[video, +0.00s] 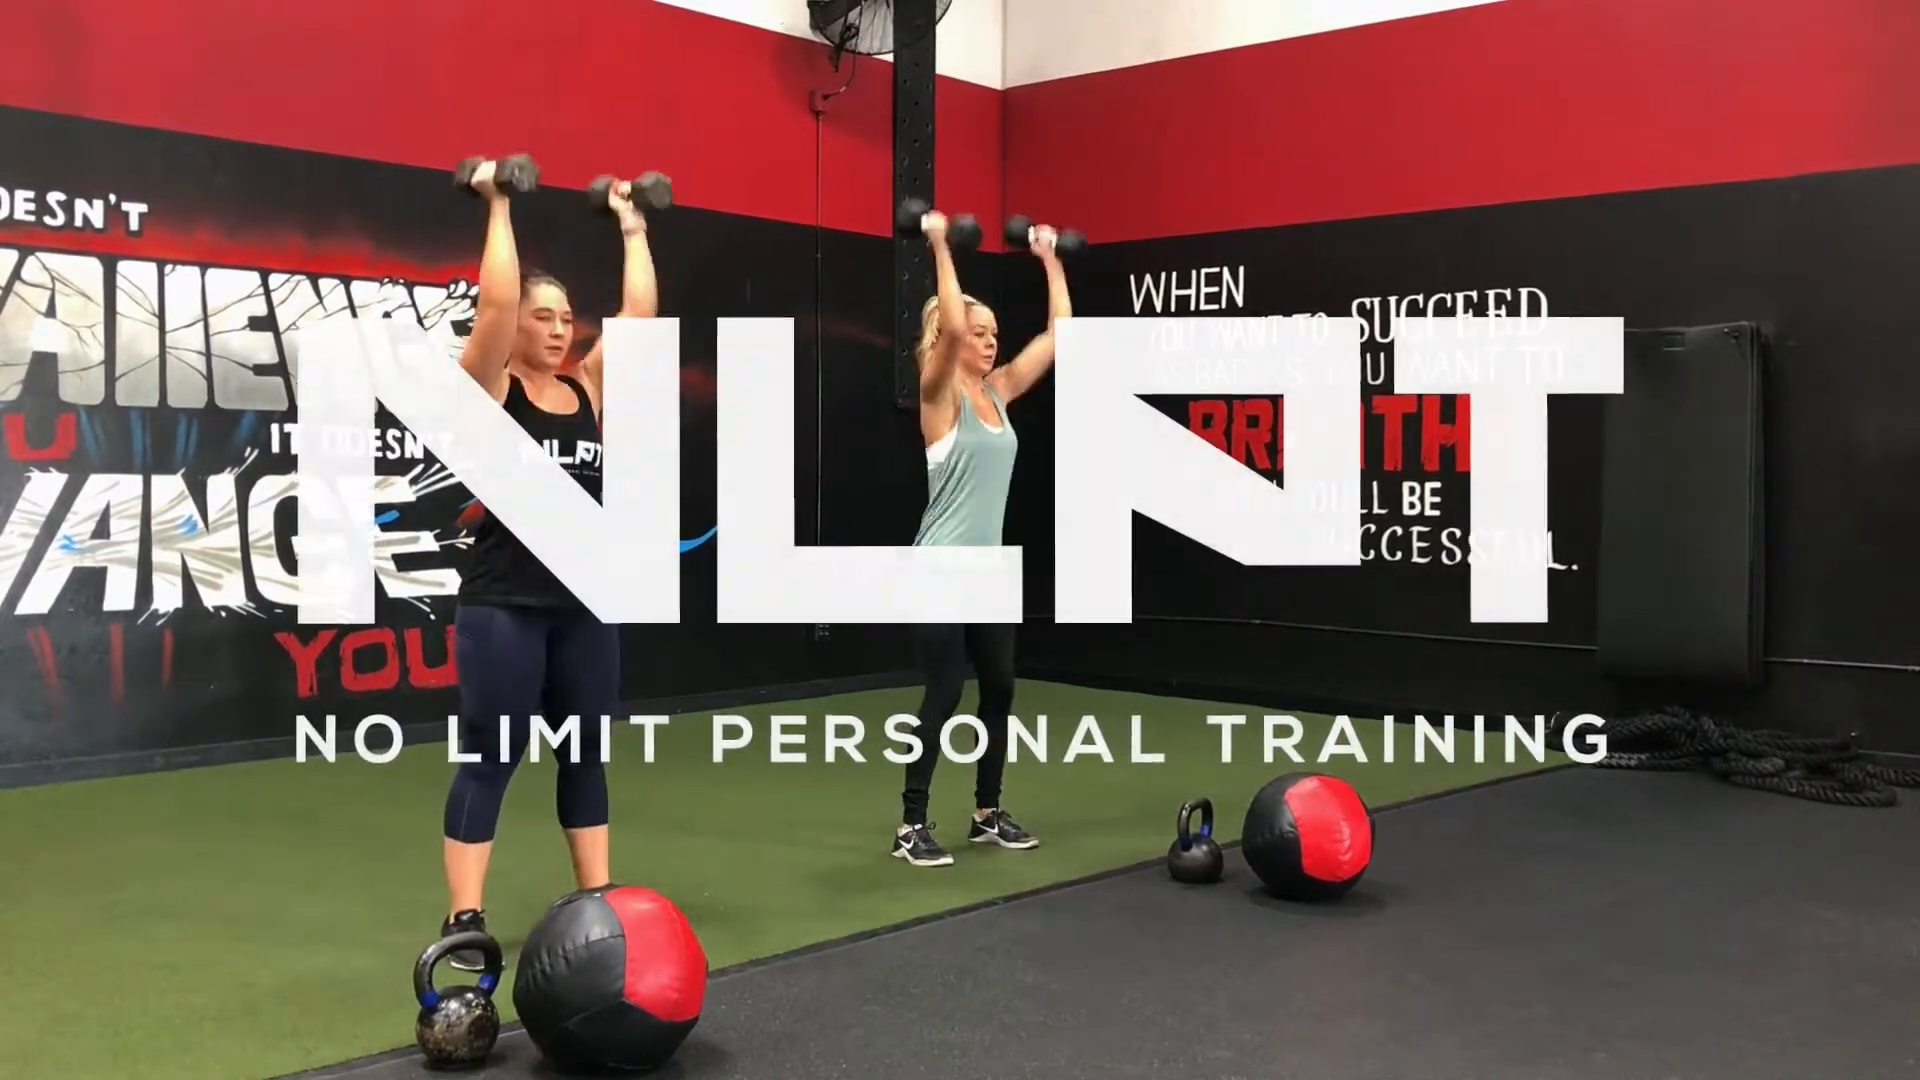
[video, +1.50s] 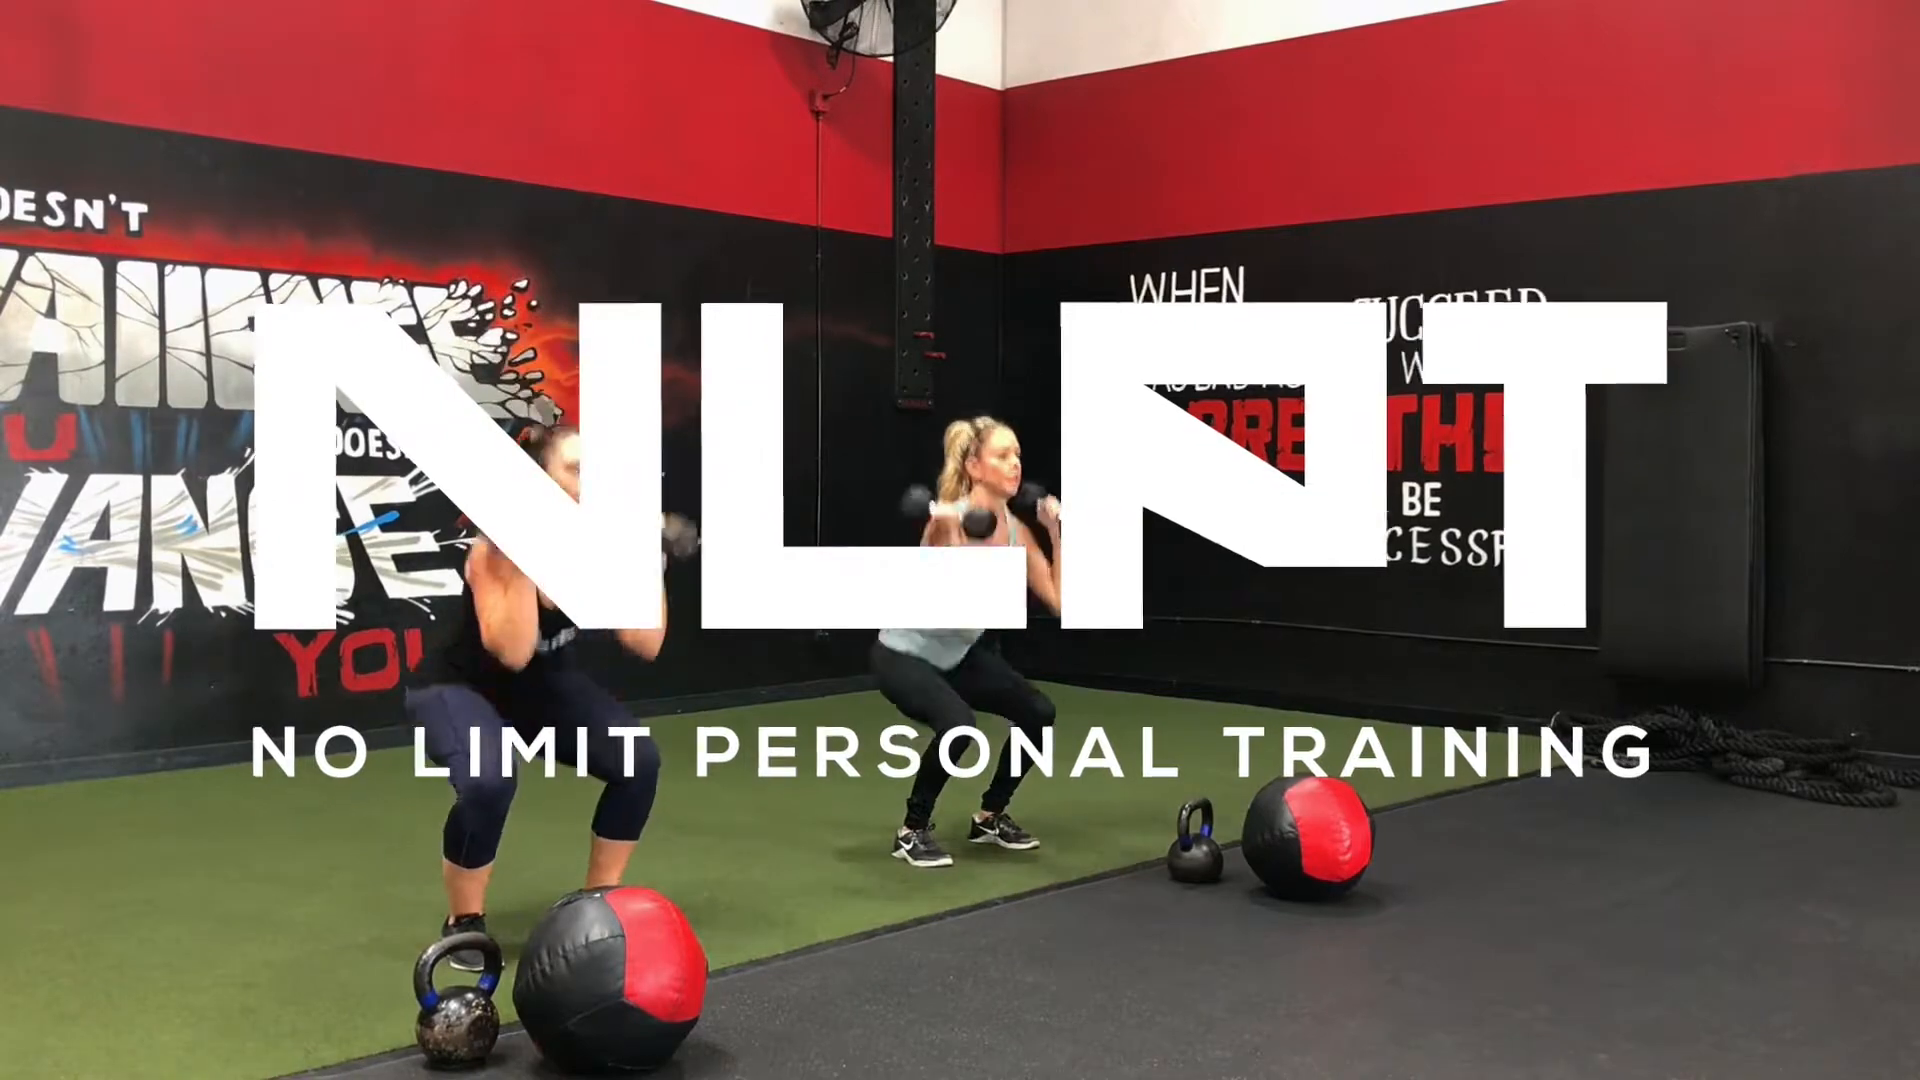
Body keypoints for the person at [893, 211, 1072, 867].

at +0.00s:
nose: (992, 344)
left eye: (993, 335)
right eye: (980, 334)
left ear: (994, 341)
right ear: (950, 339)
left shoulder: (997, 390)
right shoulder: (940, 395)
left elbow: (1059, 332)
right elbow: (949, 329)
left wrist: (1050, 260)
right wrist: (941, 246)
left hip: (992, 570)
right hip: (938, 569)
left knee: (998, 691)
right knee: (944, 689)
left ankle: (988, 814)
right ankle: (914, 825)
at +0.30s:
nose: (1014, 496)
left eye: (1015, 487)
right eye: (1001, 487)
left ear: (1017, 497)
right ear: (970, 498)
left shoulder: (1011, 560)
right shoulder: (941, 555)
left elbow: (1055, 631)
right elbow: (955, 645)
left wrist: (1053, 561)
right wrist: (950, 562)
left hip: (952, 681)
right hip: (896, 679)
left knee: (1037, 713)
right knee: (965, 730)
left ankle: (990, 816)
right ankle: (916, 830)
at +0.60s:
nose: (1008, 415)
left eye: (1010, 404)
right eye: (997, 405)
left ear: (1012, 412)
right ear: (966, 413)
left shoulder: (1012, 476)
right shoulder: (945, 473)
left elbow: (1063, 525)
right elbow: (945, 533)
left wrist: (1058, 465)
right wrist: (948, 453)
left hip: (969, 621)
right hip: (915, 621)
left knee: (1031, 705)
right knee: (957, 716)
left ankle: (990, 815)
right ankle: (914, 828)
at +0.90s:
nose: (989, 339)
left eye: (992, 331)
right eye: (976, 329)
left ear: (994, 340)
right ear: (946, 334)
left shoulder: (997, 388)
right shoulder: (943, 393)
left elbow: (1041, 300)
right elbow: (956, 301)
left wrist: (1054, 222)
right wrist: (950, 208)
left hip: (997, 568)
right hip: (944, 568)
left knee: (991, 691)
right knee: (939, 690)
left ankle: (989, 812)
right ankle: (912, 823)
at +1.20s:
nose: (1010, 452)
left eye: (1012, 442)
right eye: (999, 442)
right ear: (966, 450)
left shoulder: (1007, 510)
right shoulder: (943, 505)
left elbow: (1059, 581)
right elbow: (944, 576)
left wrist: (1059, 513)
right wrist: (949, 506)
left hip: (956, 644)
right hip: (903, 646)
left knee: (1034, 709)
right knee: (963, 722)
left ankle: (990, 816)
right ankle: (915, 829)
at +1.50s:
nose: (1016, 466)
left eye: (1017, 456)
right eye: (1003, 457)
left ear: (1020, 463)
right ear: (973, 467)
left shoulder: (1014, 529)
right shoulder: (947, 518)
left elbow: (1060, 603)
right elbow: (944, 585)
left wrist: (1058, 533)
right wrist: (953, 528)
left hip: (958, 656)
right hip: (902, 654)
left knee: (1039, 715)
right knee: (958, 726)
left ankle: (991, 816)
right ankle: (914, 830)